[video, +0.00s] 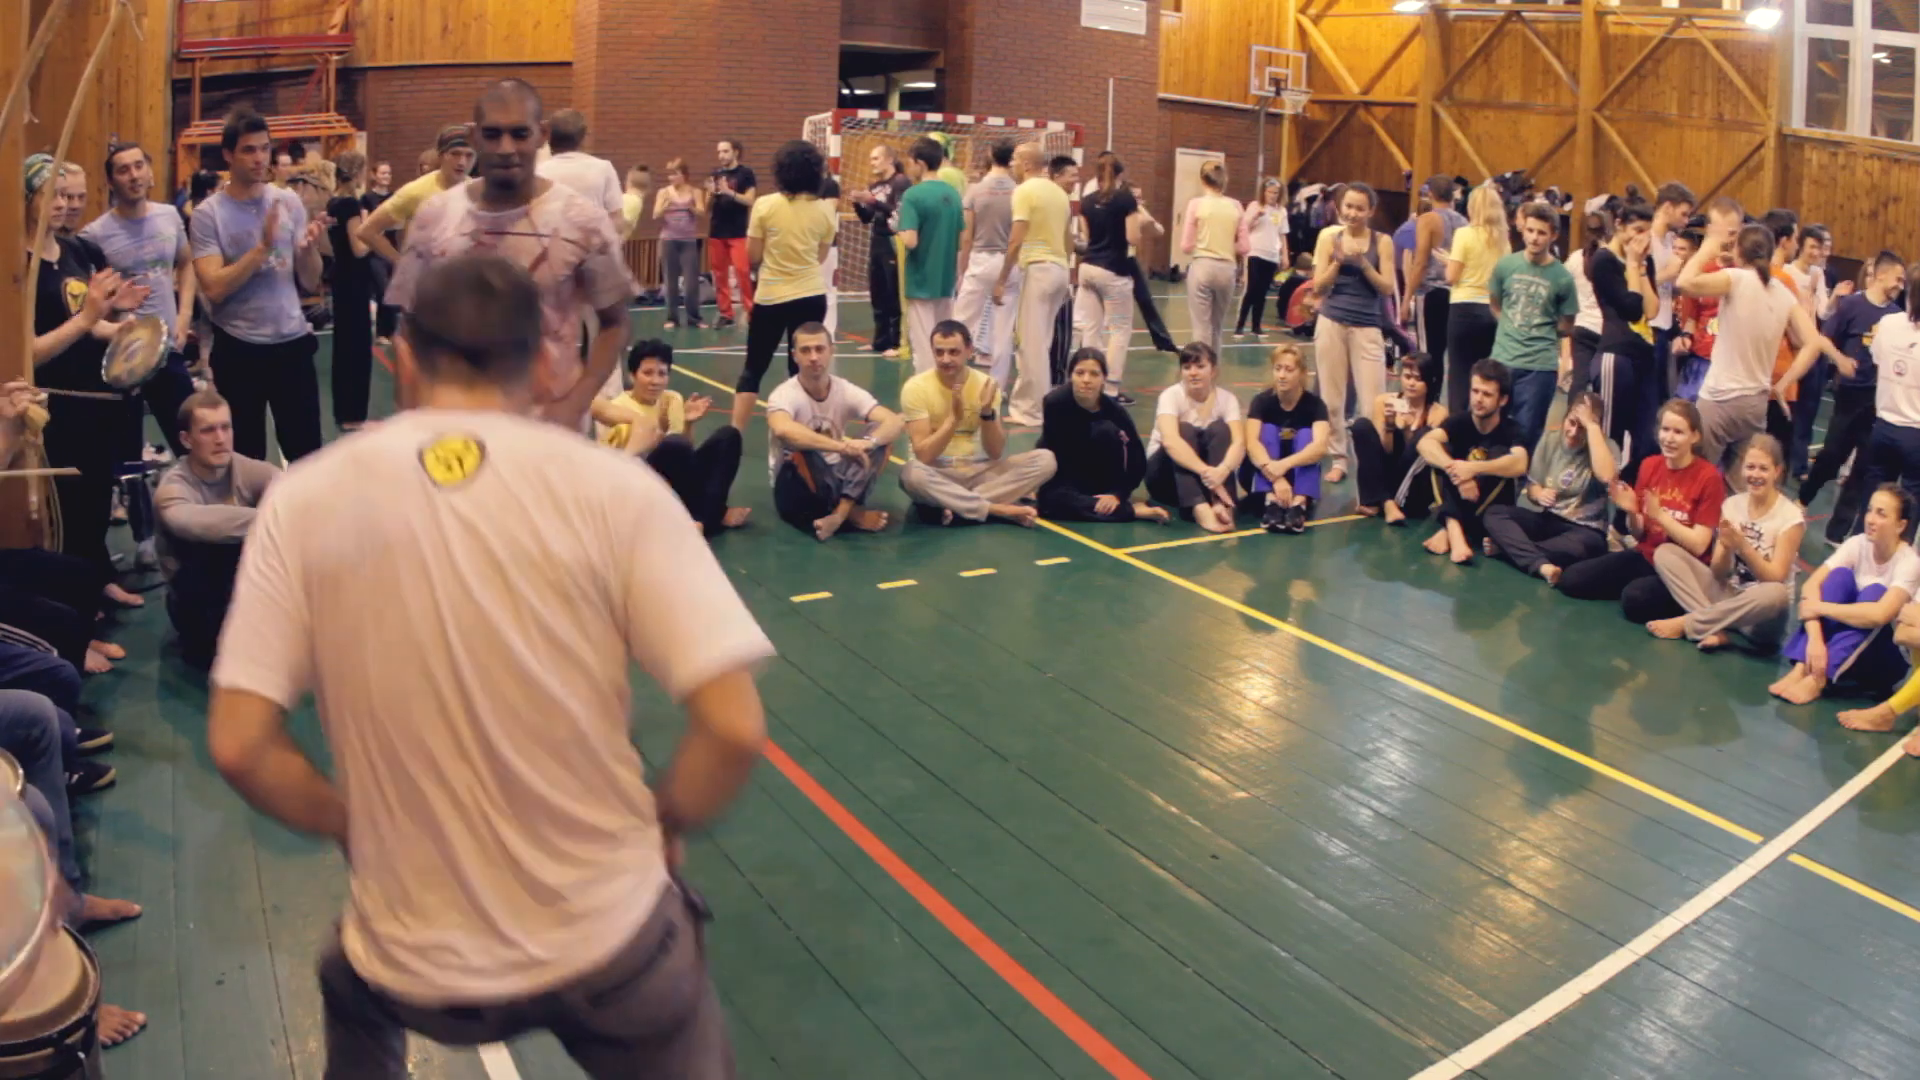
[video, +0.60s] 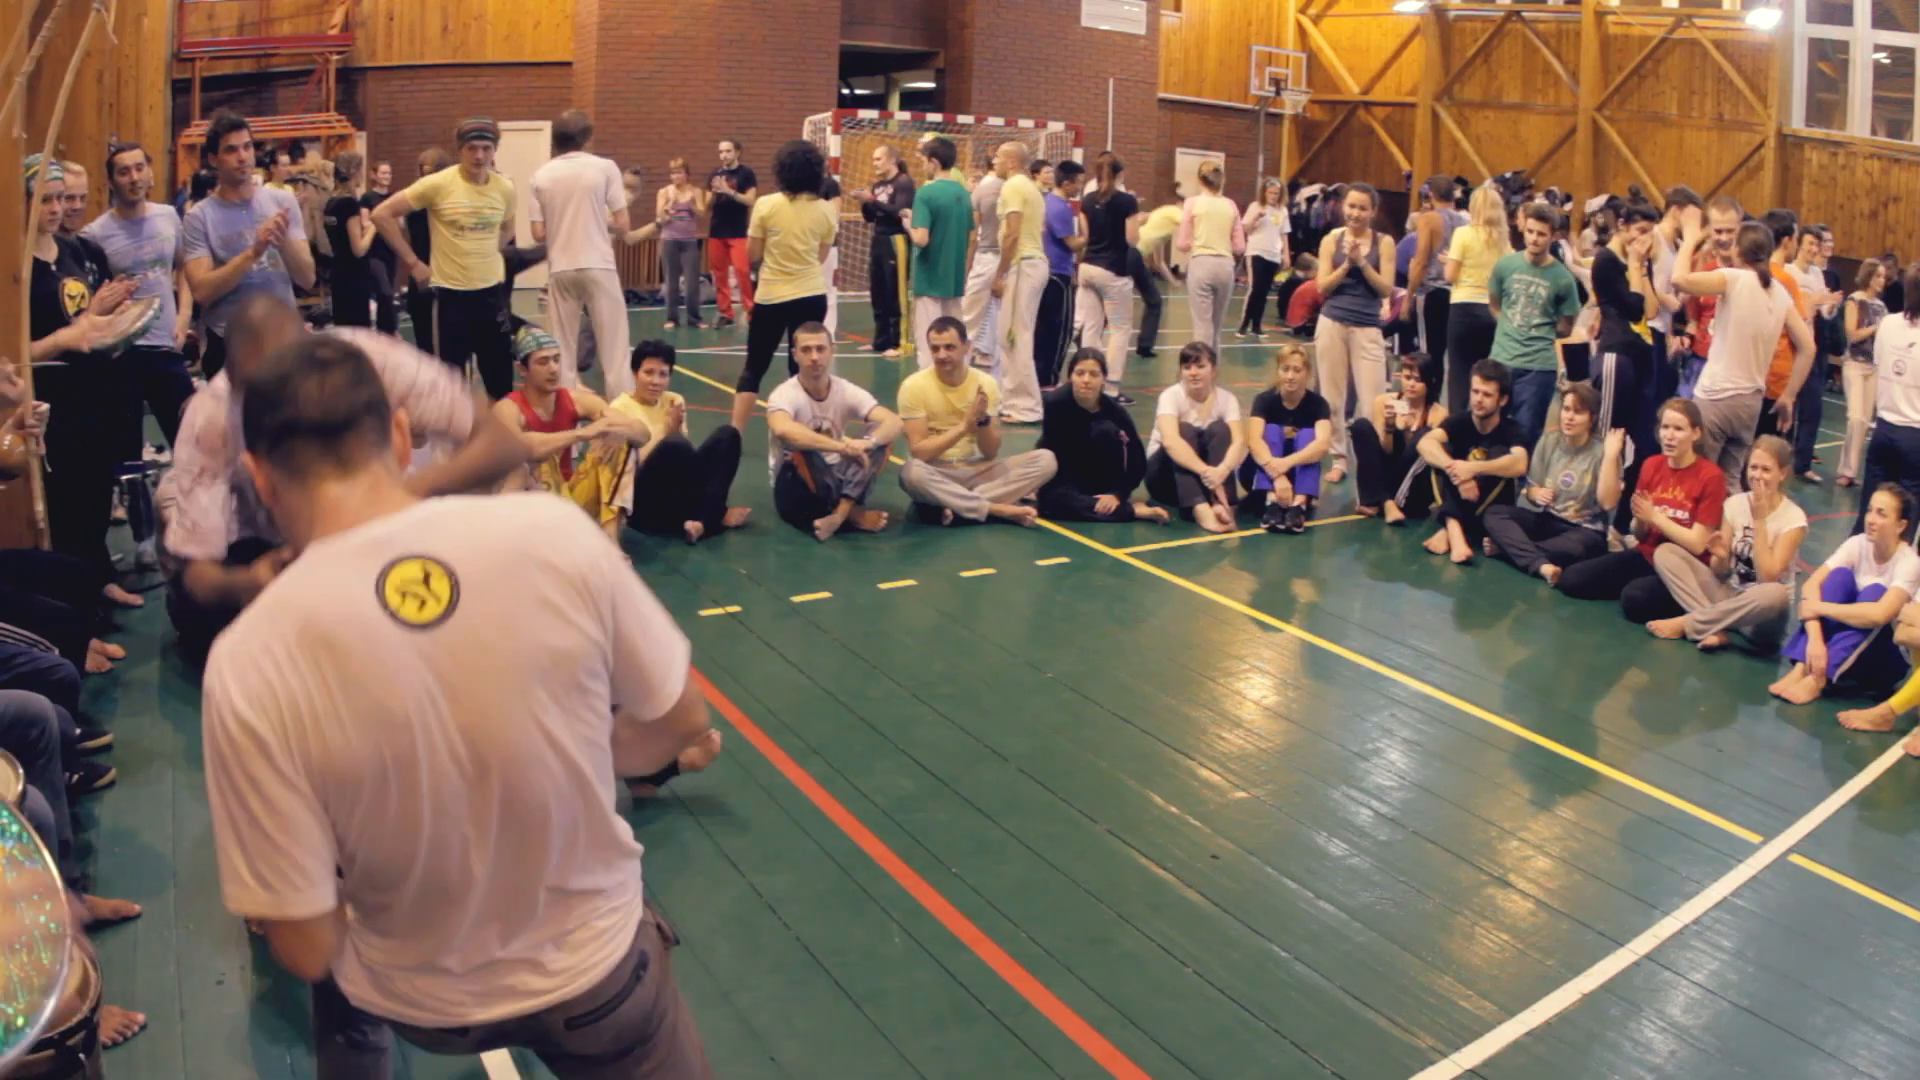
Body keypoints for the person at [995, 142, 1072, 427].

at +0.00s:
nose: (1013, 166)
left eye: (1016, 161)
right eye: (1014, 160)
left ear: (1027, 164)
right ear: (1041, 164)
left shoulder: (1024, 191)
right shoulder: (1060, 192)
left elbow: (1016, 240)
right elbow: (1067, 238)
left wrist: (1001, 280)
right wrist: (1066, 268)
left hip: (1038, 267)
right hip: (1060, 268)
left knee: (1033, 340)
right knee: (1039, 338)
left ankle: (1031, 408)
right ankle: (1028, 402)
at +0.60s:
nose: (994, 162)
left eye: (998, 157)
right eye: (996, 157)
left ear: (1012, 161)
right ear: (1018, 162)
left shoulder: (1013, 185)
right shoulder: (1031, 186)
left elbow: (1013, 232)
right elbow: (1039, 228)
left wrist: (1000, 273)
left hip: (1024, 262)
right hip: (1036, 260)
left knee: (1016, 333)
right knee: (1014, 332)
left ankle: (1025, 405)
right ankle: (1014, 400)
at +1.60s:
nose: (982, 165)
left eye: (988, 160)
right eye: (983, 160)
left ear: (1007, 166)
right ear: (1000, 166)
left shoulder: (1019, 195)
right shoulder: (1002, 195)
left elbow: (1020, 244)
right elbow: (1006, 243)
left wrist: (1002, 288)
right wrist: (998, 282)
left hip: (1021, 278)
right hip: (1002, 277)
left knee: (1021, 346)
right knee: (985, 339)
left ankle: (1026, 416)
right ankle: (997, 411)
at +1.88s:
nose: (957, 166)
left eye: (963, 162)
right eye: (958, 161)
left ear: (982, 167)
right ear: (970, 167)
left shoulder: (999, 195)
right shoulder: (974, 197)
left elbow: (996, 248)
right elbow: (978, 244)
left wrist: (970, 285)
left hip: (1000, 283)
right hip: (978, 282)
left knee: (1009, 348)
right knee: (973, 346)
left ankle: (1029, 414)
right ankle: (967, 411)